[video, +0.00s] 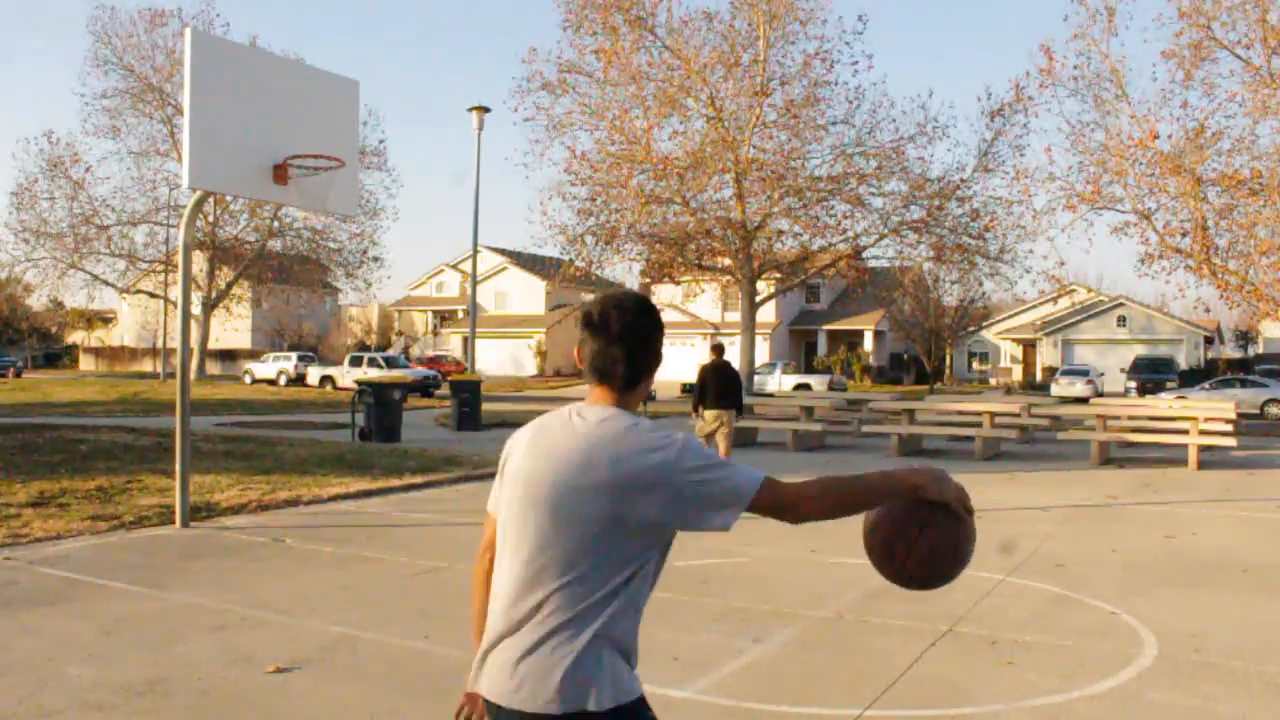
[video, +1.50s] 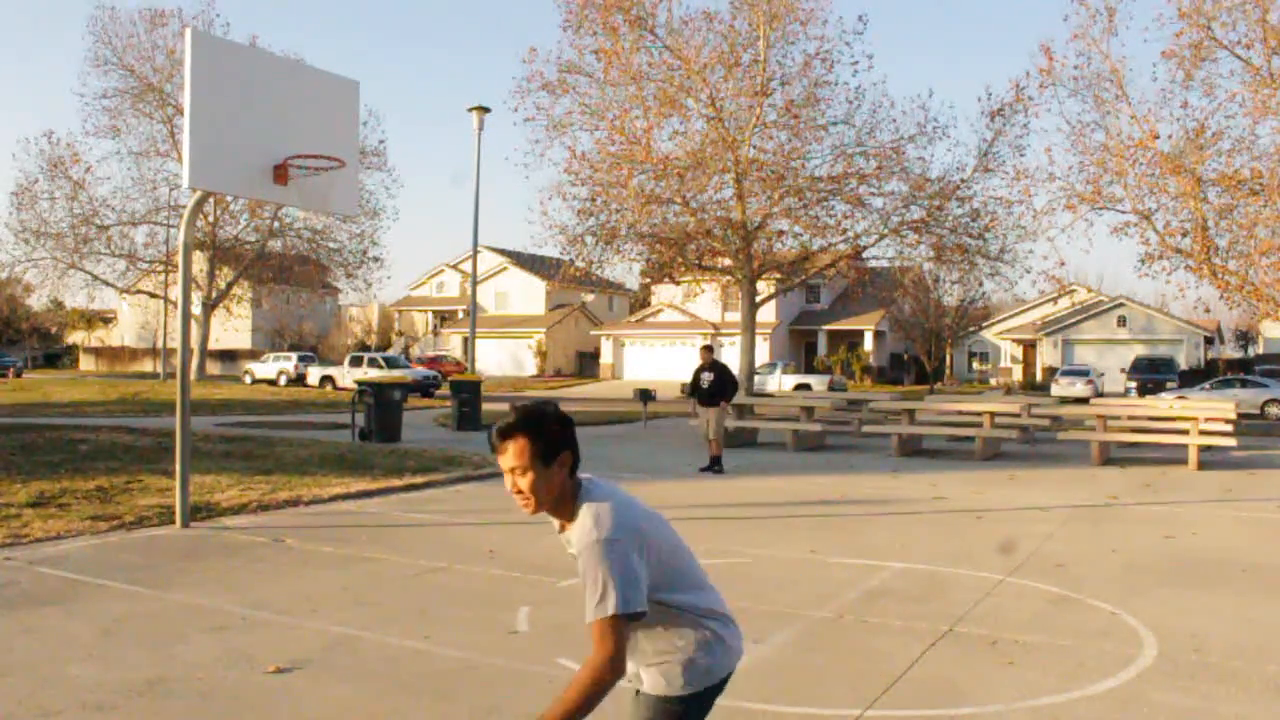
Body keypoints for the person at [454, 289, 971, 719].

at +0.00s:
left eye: (581, 344)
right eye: (653, 354)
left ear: (580, 359)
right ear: (653, 365)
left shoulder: (526, 440)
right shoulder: (654, 450)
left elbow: (488, 558)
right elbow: (792, 501)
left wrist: (480, 667)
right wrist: (910, 479)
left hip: (499, 684)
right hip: (590, 692)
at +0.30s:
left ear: (640, 354)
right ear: (704, 360)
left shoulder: (604, 440)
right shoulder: (736, 438)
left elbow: (591, 562)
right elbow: (765, 545)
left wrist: (566, 665)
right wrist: (781, 618)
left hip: (619, 651)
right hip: (700, 653)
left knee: (586, 712)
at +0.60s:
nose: (664, 361)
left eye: (664, 351)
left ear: (671, 357)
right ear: (725, 351)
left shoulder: (687, 411)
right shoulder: (756, 408)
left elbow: (653, 480)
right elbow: (729, 485)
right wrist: (658, 510)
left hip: (711, 615)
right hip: (775, 614)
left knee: (694, 708)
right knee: (733, 712)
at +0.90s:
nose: (691, 398)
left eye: (693, 385)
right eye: (687, 388)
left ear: (729, 374)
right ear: (730, 375)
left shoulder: (734, 440)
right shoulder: (790, 415)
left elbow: (746, 546)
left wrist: (722, 618)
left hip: (784, 614)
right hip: (840, 604)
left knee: (749, 698)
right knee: (812, 696)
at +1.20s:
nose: (696, 474)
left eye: (705, 461)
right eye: (691, 462)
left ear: (741, 456)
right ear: (688, 459)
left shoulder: (755, 515)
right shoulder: (779, 485)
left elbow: (790, 620)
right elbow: (828, 571)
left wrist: (748, 624)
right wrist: (861, 627)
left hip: (815, 662)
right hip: (849, 646)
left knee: (712, 712)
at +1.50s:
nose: (511, 487)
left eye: (520, 472)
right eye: (506, 474)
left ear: (562, 464)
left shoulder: (602, 531)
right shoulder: (574, 506)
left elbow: (609, 661)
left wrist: (549, 716)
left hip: (690, 656)